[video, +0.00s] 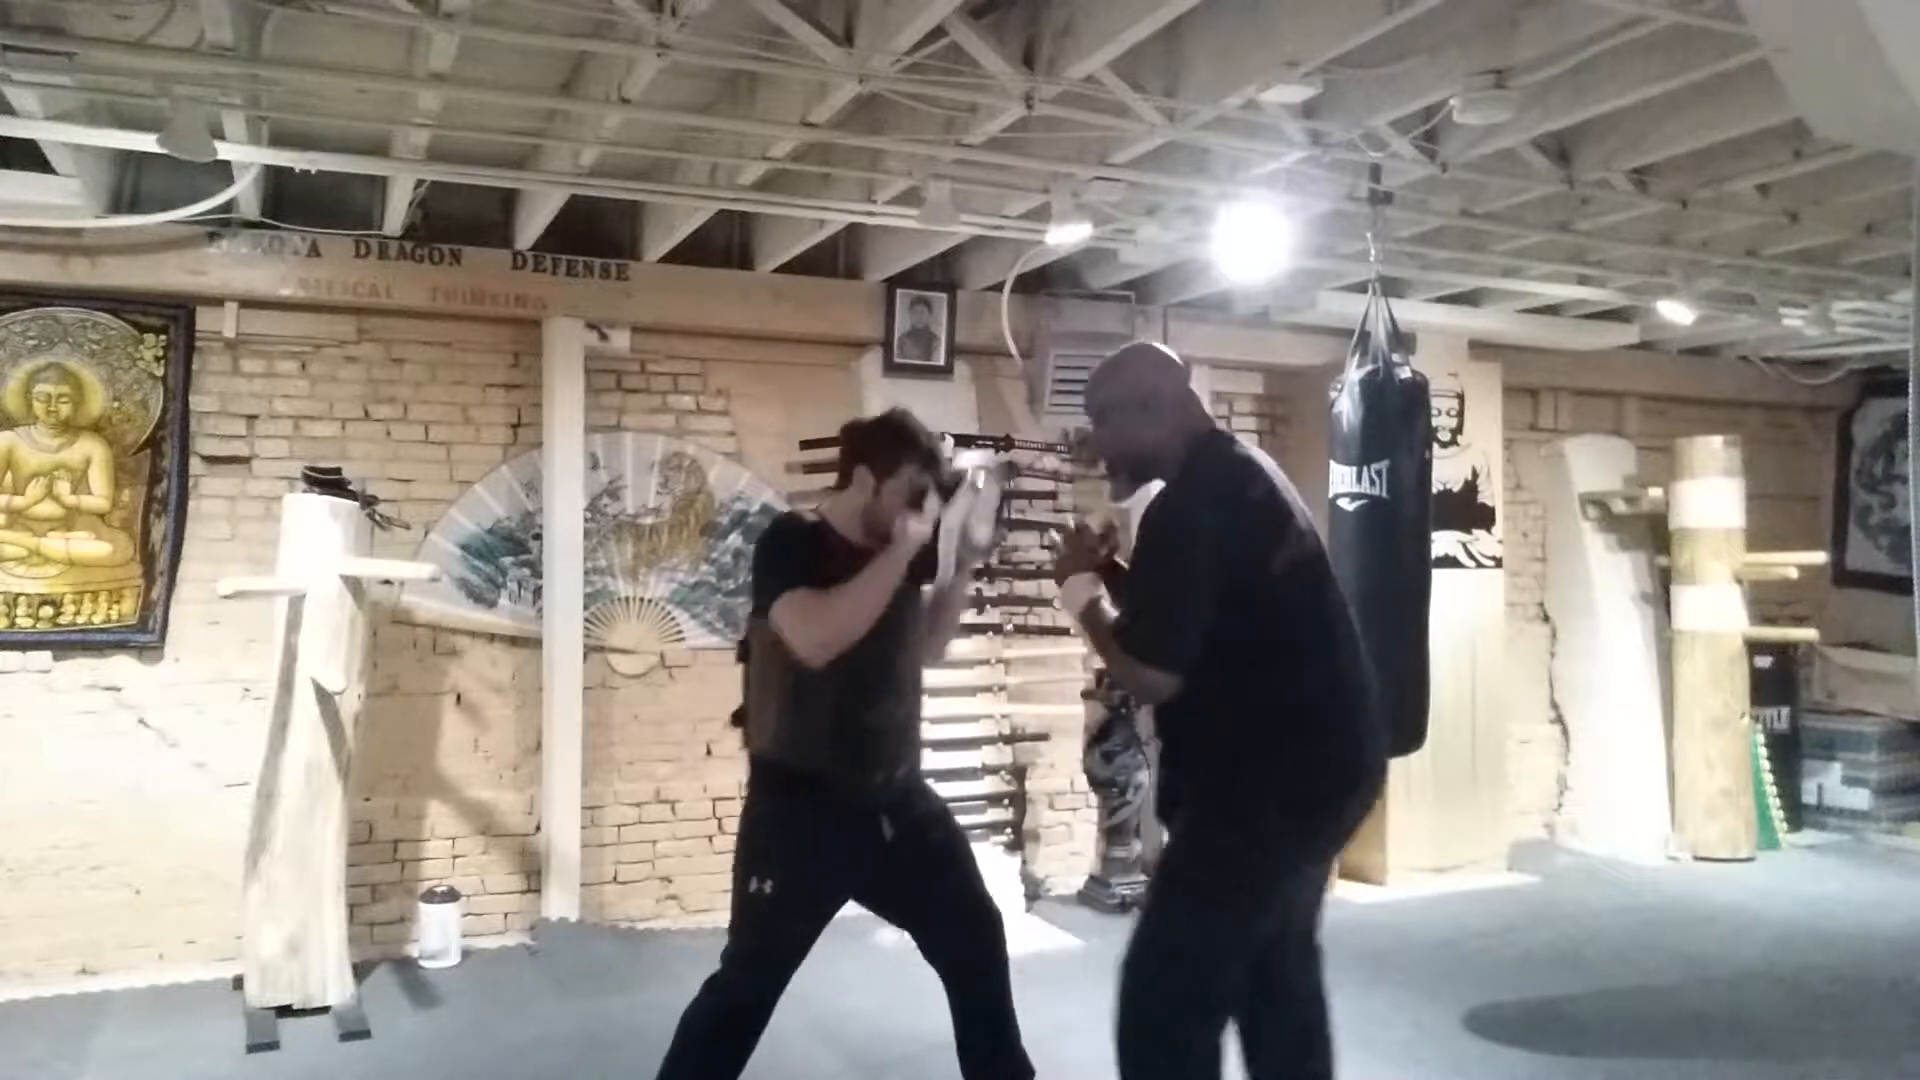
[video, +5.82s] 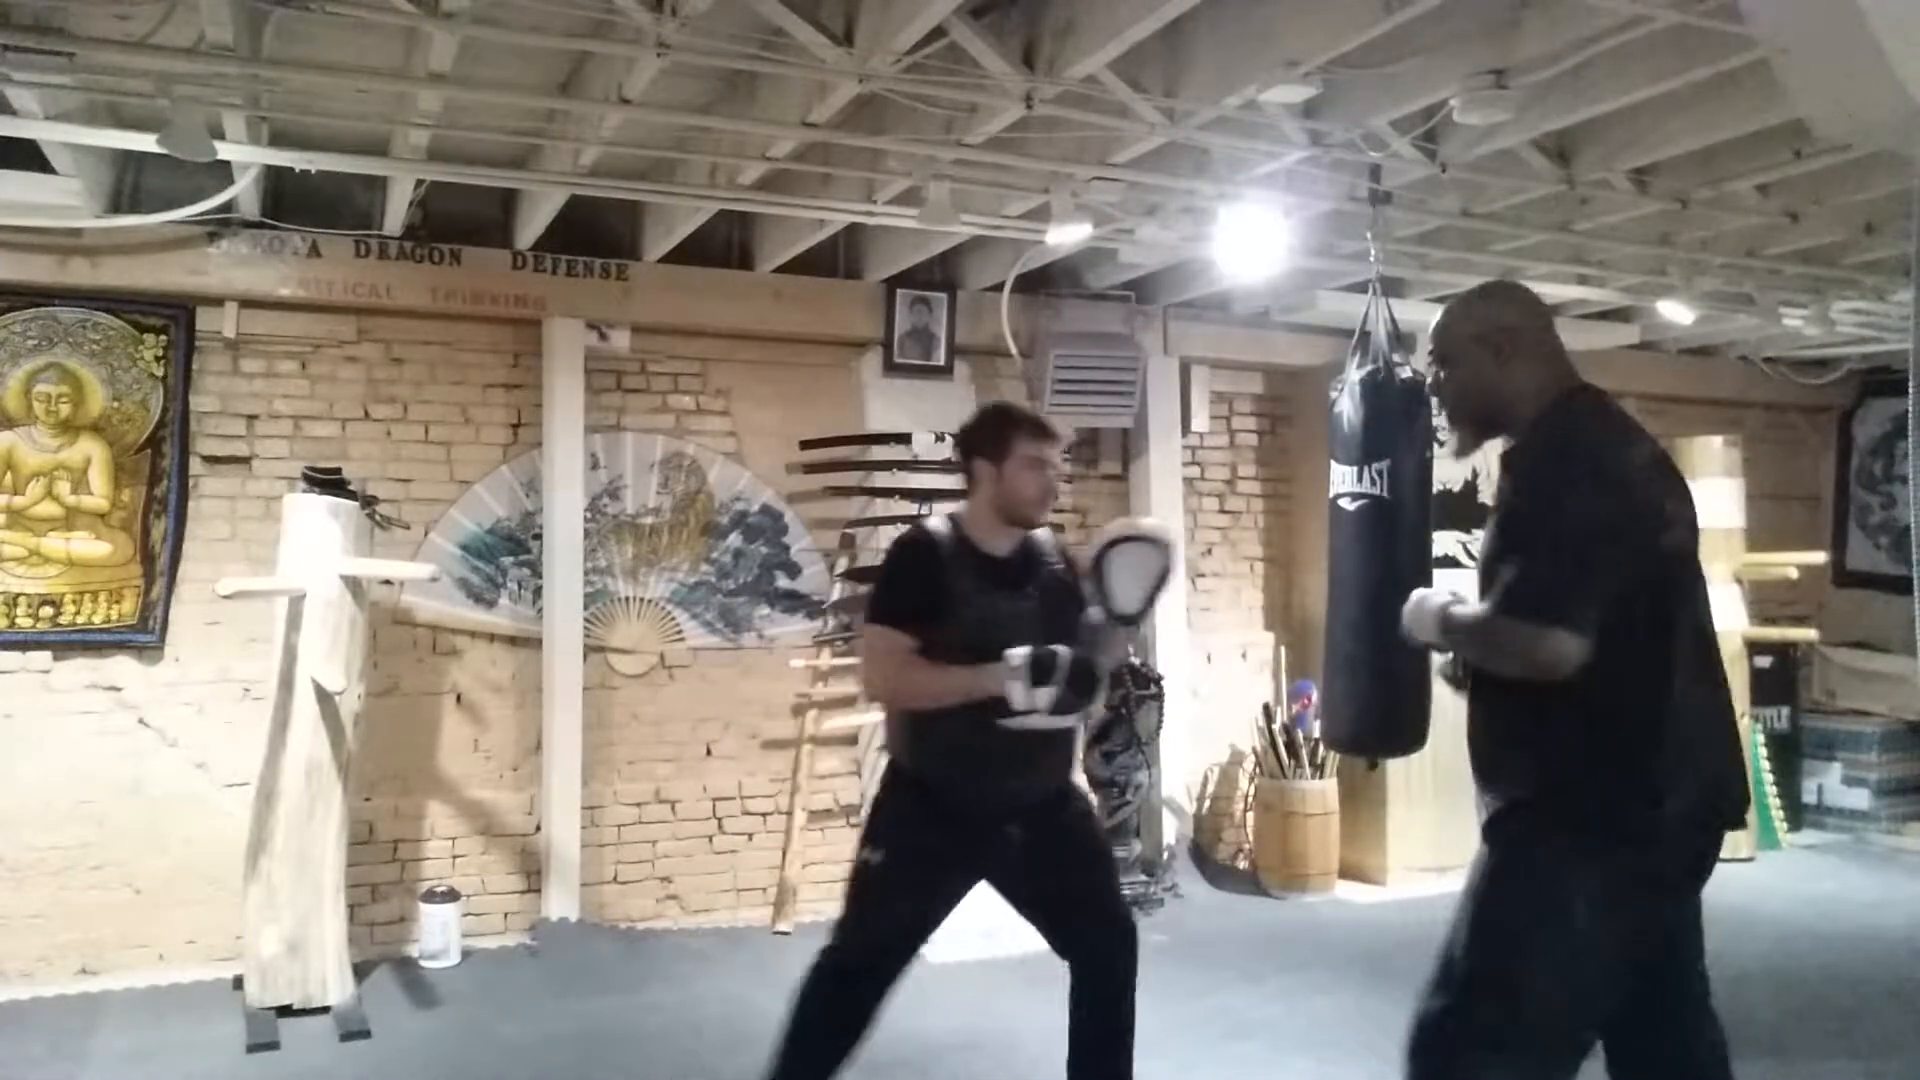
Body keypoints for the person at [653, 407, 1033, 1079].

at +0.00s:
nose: (918, 518)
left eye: (926, 506)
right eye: (911, 499)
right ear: (861, 477)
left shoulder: (897, 558)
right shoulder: (788, 542)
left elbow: (925, 646)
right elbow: (813, 640)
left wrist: (960, 568)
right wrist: (901, 553)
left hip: (895, 804)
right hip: (799, 811)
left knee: (975, 950)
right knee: (746, 988)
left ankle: (1003, 1077)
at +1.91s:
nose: (966, 477)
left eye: (972, 463)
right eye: (955, 459)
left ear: (975, 468)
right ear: (901, 453)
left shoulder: (959, 543)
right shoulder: (854, 525)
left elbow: (1021, 596)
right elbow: (858, 601)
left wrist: (1030, 528)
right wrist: (957, 511)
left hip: (960, 796)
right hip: (865, 797)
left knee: (1025, 950)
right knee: (805, 973)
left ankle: (1036, 1079)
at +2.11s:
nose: (934, 472)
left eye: (941, 459)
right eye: (919, 455)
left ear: (947, 464)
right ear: (871, 453)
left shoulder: (949, 544)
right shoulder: (818, 535)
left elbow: (954, 649)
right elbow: (792, 635)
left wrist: (996, 580)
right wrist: (862, 525)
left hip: (947, 795)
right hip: (843, 800)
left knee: (1020, 947)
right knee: (788, 972)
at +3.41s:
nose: (994, 458)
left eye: (997, 446)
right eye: (981, 442)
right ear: (928, 442)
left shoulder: (991, 532)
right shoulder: (879, 522)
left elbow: (1034, 607)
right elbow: (846, 621)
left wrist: (1093, 526)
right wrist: (932, 511)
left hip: (1001, 785)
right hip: (902, 786)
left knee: (1056, 954)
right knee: (830, 957)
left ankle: (1048, 1079)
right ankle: (736, 1077)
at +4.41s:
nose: (967, 487)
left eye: (970, 471)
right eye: (957, 469)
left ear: (914, 466)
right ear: (904, 462)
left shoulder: (944, 550)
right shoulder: (830, 532)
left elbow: (961, 651)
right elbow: (820, 650)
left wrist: (1015, 598)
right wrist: (940, 578)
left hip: (940, 800)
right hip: (839, 802)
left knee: (1002, 963)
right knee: (773, 977)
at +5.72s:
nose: (1013, 482)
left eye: (1013, 468)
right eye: (996, 466)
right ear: (944, 470)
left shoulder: (1001, 567)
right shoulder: (882, 556)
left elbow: (1015, 659)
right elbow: (839, 674)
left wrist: (1054, 627)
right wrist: (963, 656)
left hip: (999, 813)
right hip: (894, 815)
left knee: (1077, 945)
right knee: (801, 976)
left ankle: (1089, 1076)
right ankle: (728, 1078)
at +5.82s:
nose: (1055, 481)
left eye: (1057, 467)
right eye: (1038, 465)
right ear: (984, 470)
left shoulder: (1053, 564)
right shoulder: (923, 553)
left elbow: (1077, 674)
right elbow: (885, 677)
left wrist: (1096, 670)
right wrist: (1001, 679)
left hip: (1041, 809)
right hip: (931, 808)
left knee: (1109, 946)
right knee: (855, 970)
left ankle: (1099, 1079)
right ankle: (793, 1076)